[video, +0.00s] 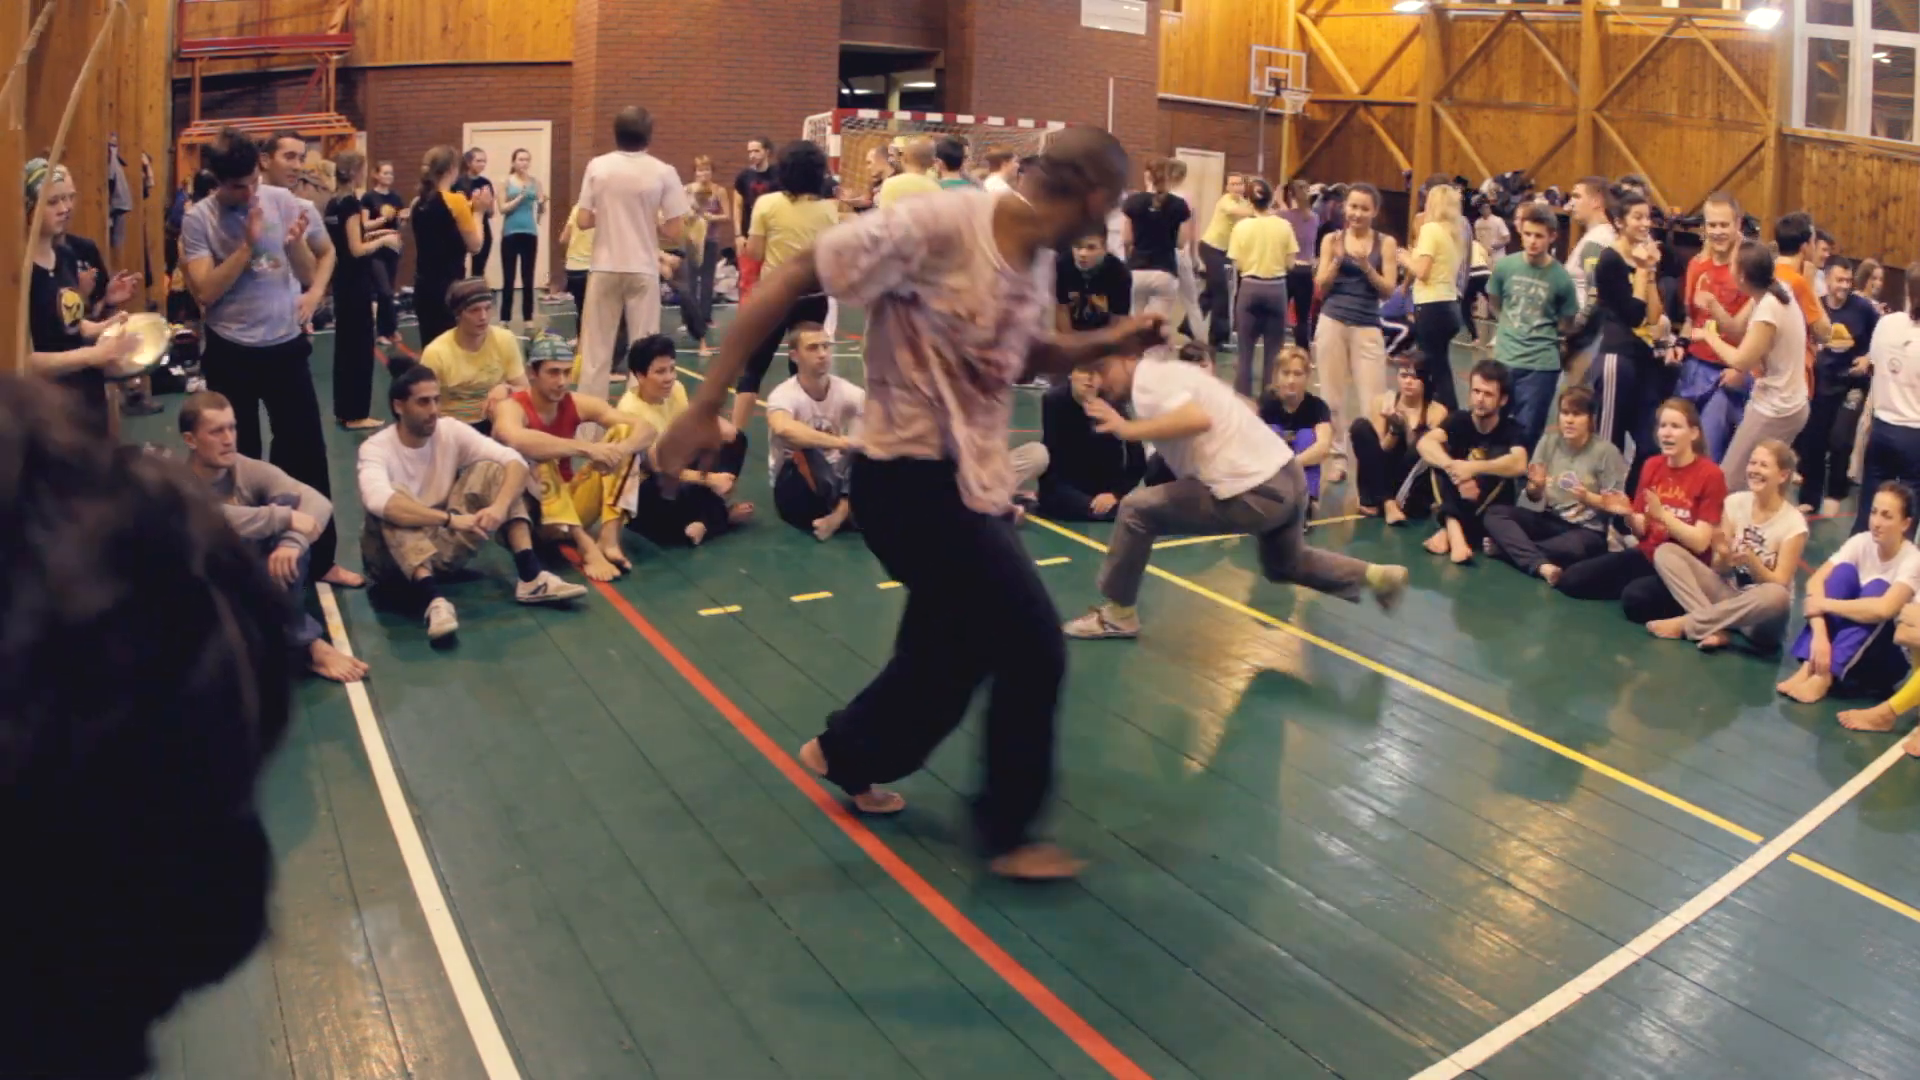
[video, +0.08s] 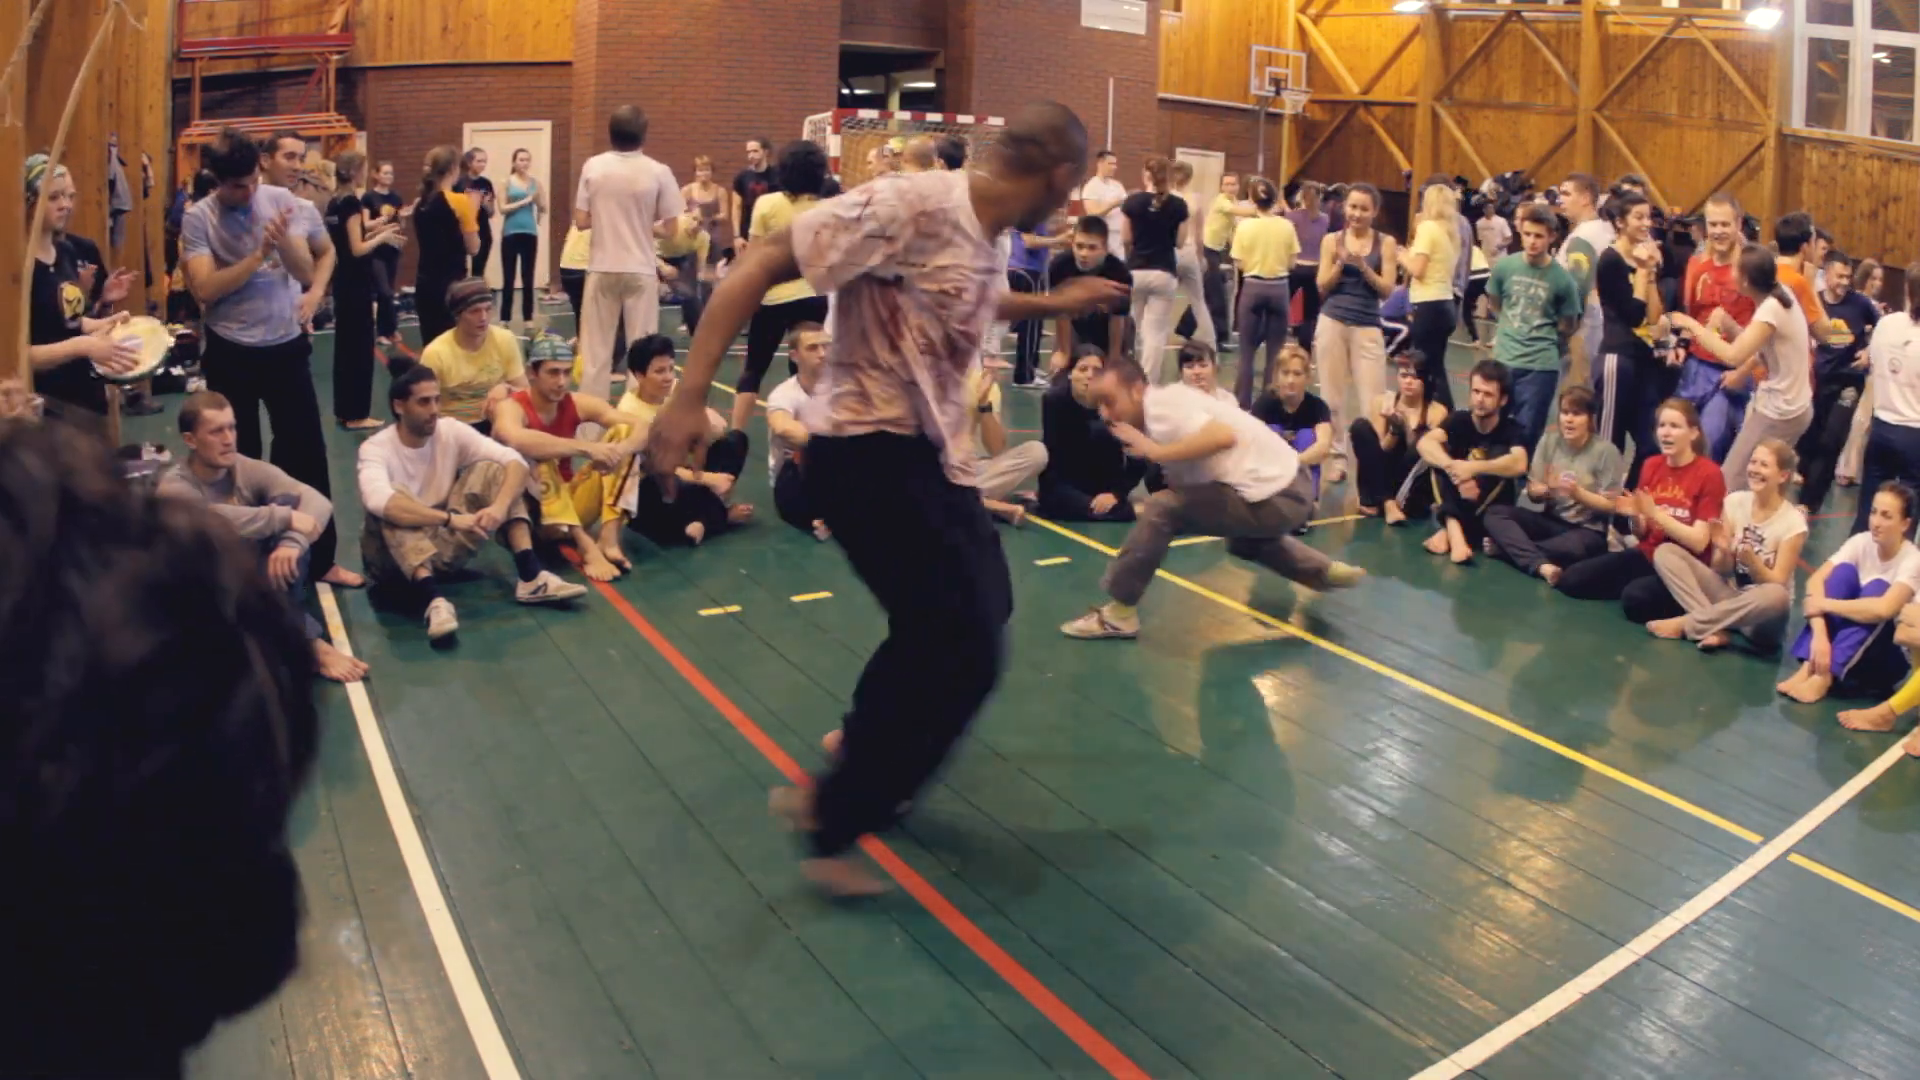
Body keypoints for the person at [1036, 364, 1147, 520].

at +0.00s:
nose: (1090, 378)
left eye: (1096, 372)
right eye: (1083, 370)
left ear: (1104, 378)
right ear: (1070, 374)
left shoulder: (1114, 405)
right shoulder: (1055, 401)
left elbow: (1138, 463)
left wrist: (1116, 494)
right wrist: (1090, 502)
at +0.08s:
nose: (1089, 376)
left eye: (1097, 370)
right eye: (1083, 369)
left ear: (1105, 376)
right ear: (1070, 373)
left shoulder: (1116, 405)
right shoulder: (1056, 400)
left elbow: (1138, 459)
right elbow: (1052, 463)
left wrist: (1116, 494)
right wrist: (1089, 501)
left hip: (1104, 487)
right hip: (1065, 485)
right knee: (1051, 504)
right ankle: (1130, 512)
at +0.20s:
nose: (1090, 376)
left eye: (1096, 371)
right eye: (1083, 369)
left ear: (1103, 376)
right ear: (1070, 374)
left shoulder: (1113, 408)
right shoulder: (1054, 402)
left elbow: (1136, 460)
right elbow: (1051, 455)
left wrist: (1116, 494)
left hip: (1103, 482)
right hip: (1066, 481)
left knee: (1106, 429)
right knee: (1052, 503)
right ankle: (1130, 512)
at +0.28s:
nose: (1090, 376)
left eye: (1096, 370)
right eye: (1082, 369)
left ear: (1103, 376)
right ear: (1070, 373)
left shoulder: (1111, 406)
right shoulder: (1054, 401)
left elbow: (1138, 458)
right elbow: (1052, 457)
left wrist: (1115, 494)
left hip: (1104, 483)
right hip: (1067, 481)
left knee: (1106, 429)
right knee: (1052, 502)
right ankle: (1129, 512)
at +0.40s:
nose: (1089, 375)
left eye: (1096, 370)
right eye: (1082, 369)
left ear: (1102, 376)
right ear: (1069, 373)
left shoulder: (1110, 405)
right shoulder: (1054, 401)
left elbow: (1138, 456)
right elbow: (1051, 455)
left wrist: (1116, 494)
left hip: (1103, 480)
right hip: (1065, 481)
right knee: (1053, 503)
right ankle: (1130, 512)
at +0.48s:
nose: (1089, 375)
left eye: (1095, 370)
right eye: (1082, 369)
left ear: (1102, 376)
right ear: (1069, 373)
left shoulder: (1109, 403)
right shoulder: (1053, 400)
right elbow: (1054, 456)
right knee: (1052, 502)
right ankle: (1130, 511)